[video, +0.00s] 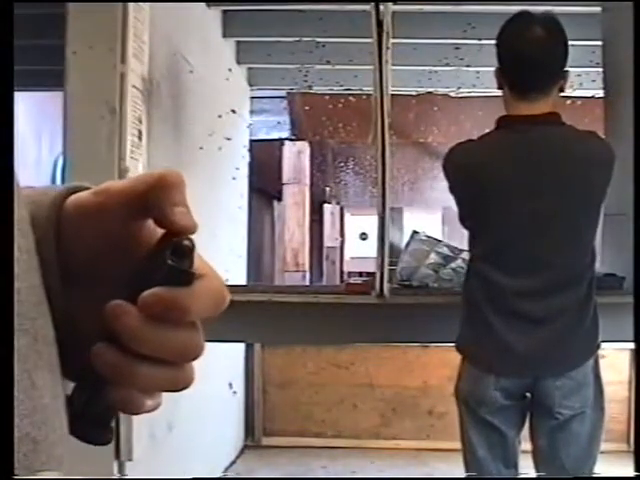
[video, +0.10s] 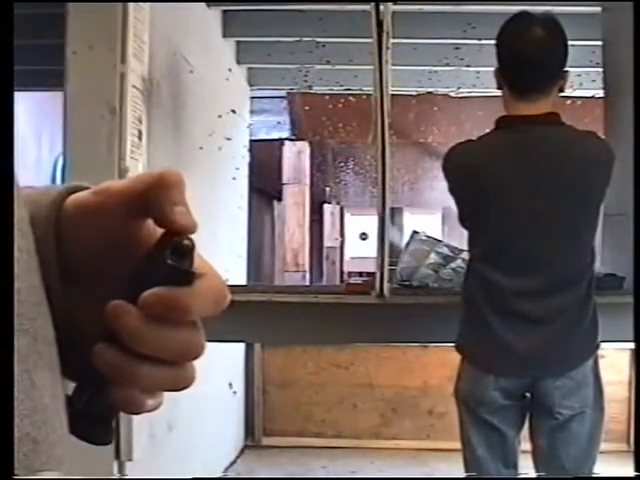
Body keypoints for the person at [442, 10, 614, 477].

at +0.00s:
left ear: (499, 80)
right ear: (564, 82)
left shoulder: (463, 161)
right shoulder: (596, 155)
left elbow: (478, 221)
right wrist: (549, 113)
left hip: (490, 359)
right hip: (569, 360)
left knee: (489, 472)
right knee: (569, 472)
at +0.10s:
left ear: (498, 80)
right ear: (564, 82)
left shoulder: (463, 161)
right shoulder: (595, 155)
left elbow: (476, 221)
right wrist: (547, 116)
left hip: (489, 360)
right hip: (568, 361)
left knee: (489, 472)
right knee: (568, 472)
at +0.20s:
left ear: (497, 80)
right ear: (563, 82)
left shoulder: (462, 161)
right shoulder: (595, 155)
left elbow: (477, 221)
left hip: (489, 360)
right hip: (568, 361)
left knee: (489, 472)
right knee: (568, 472)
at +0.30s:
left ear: (497, 80)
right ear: (562, 82)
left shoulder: (462, 161)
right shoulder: (594, 155)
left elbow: (477, 222)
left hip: (489, 361)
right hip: (568, 361)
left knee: (489, 472)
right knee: (567, 472)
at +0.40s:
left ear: (497, 79)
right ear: (562, 80)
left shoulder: (461, 161)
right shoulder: (594, 155)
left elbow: (475, 222)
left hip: (488, 361)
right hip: (567, 361)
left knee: (488, 472)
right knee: (568, 472)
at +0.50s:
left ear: (496, 79)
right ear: (562, 80)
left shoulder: (461, 161)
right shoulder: (594, 155)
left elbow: (476, 222)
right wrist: (543, 117)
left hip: (488, 361)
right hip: (567, 361)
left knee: (488, 472)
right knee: (567, 472)